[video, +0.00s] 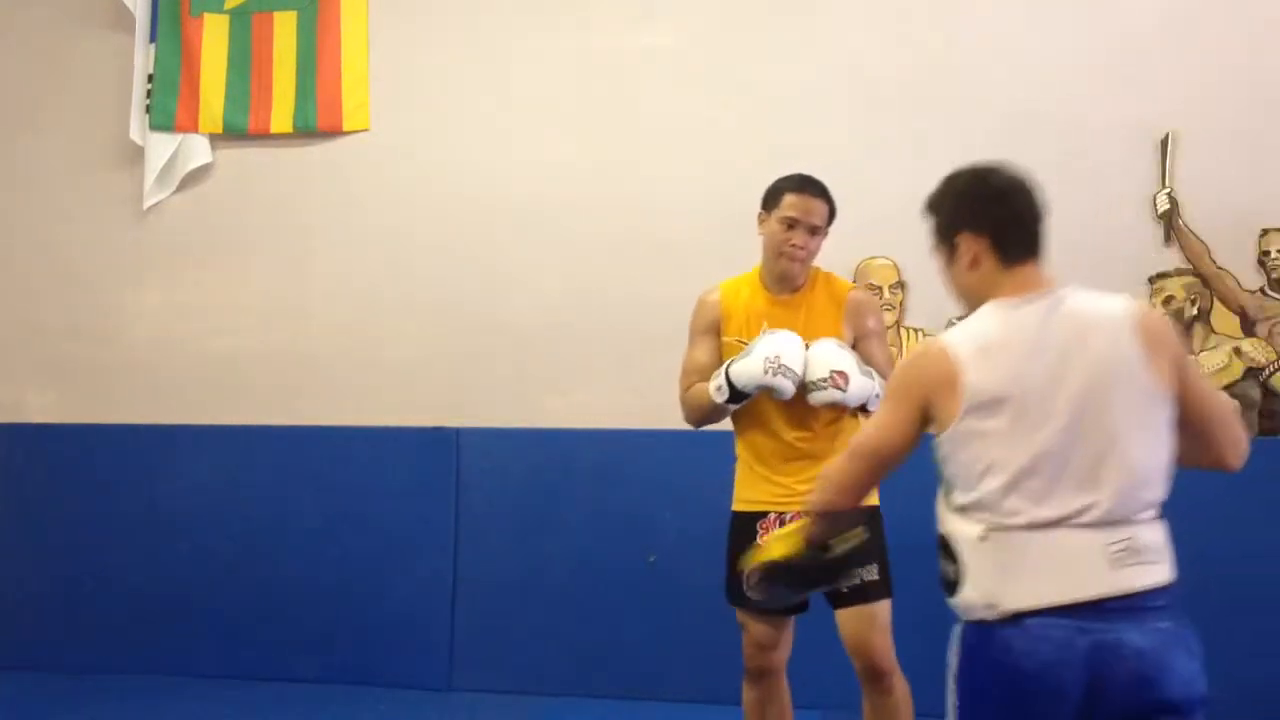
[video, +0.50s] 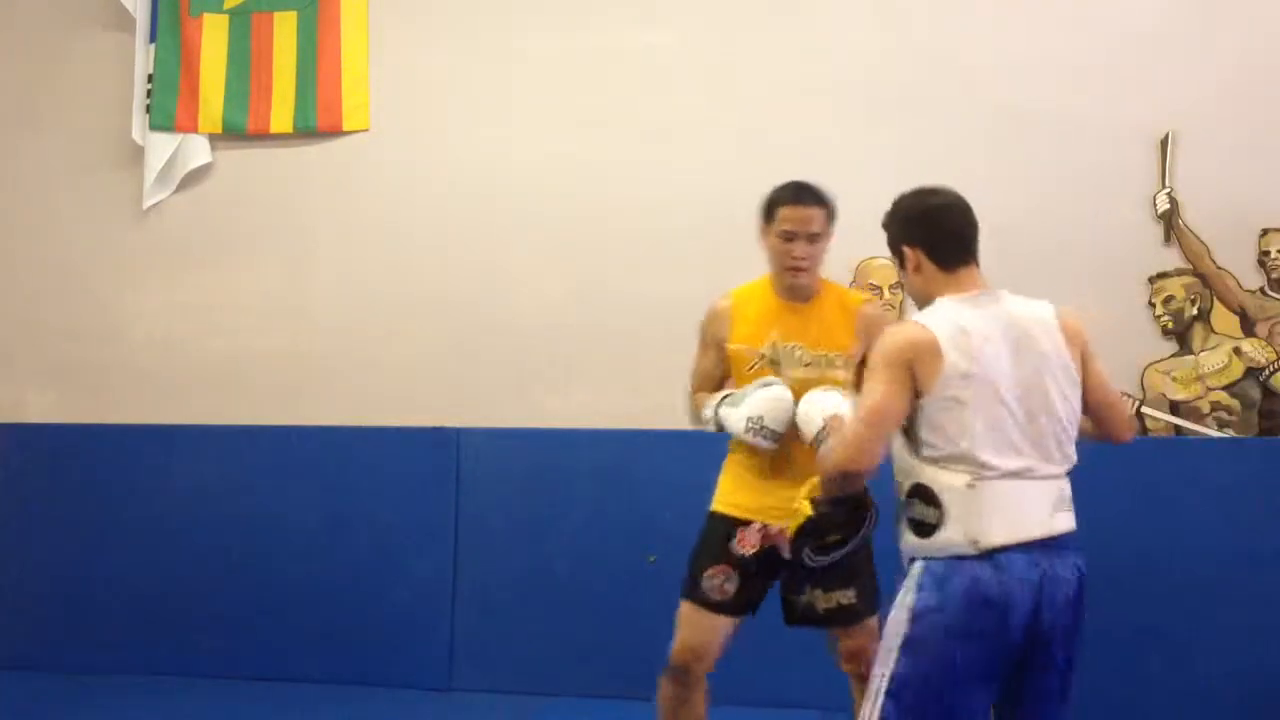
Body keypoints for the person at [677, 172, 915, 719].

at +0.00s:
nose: (800, 240)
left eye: (814, 231)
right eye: (790, 225)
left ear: (824, 239)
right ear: (762, 222)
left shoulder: (853, 304)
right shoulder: (719, 305)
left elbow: (891, 397)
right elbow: (692, 409)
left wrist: (861, 387)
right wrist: (736, 377)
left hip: (847, 502)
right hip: (761, 504)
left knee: (875, 661)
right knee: (761, 659)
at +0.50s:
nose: (799, 251)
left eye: (812, 239)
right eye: (787, 237)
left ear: (829, 242)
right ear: (765, 238)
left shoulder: (864, 316)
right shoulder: (728, 313)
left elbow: (891, 401)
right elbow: (699, 401)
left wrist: (848, 420)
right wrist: (730, 410)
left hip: (830, 511)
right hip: (743, 509)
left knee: (863, 659)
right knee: (686, 660)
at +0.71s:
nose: (719, 266)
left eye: (730, 253)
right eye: (707, 252)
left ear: (745, 255)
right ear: (681, 252)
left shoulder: (784, 328)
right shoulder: (653, 331)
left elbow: (835, 398)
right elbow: (630, 424)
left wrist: (805, 429)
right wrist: (674, 417)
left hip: (760, 523)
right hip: (672, 518)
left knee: (811, 677)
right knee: (633, 664)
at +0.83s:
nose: (677, 256)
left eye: (689, 244)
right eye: (666, 241)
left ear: (702, 245)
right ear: (641, 240)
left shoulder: (740, 313)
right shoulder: (609, 319)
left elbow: (785, 383)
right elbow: (582, 415)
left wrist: (762, 422)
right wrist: (631, 407)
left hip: (724, 514)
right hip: (641, 513)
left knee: (741, 664)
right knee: (630, 665)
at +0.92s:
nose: (658, 246)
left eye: (670, 234)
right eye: (647, 231)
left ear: (683, 238)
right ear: (621, 231)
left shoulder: (719, 307)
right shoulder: (585, 311)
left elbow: (761, 378)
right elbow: (555, 408)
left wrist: (736, 418)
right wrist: (606, 400)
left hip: (704, 503)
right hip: (624, 504)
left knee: (689, 661)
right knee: (629, 664)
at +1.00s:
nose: (647, 242)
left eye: (660, 232)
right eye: (636, 227)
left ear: (671, 238)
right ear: (606, 227)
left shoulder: (703, 312)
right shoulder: (565, 311)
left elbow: (743, 387)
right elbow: (532, 408)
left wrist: (713, 421)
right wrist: (580, 404)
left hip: (679, 505)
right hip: (602, 507)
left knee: (637, 667)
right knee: (616, 669)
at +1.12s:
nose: (643, 240)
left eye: (654, 231)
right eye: (631, 225)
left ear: (662, 240)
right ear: (597, 226)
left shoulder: (684, 324)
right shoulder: (544, 312)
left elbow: (717, 413)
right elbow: (506, 409)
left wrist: (679, 435)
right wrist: (553, 404)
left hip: (636, 517)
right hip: (561, 512)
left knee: (589, 684)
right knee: (564, 673)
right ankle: (614, 710)